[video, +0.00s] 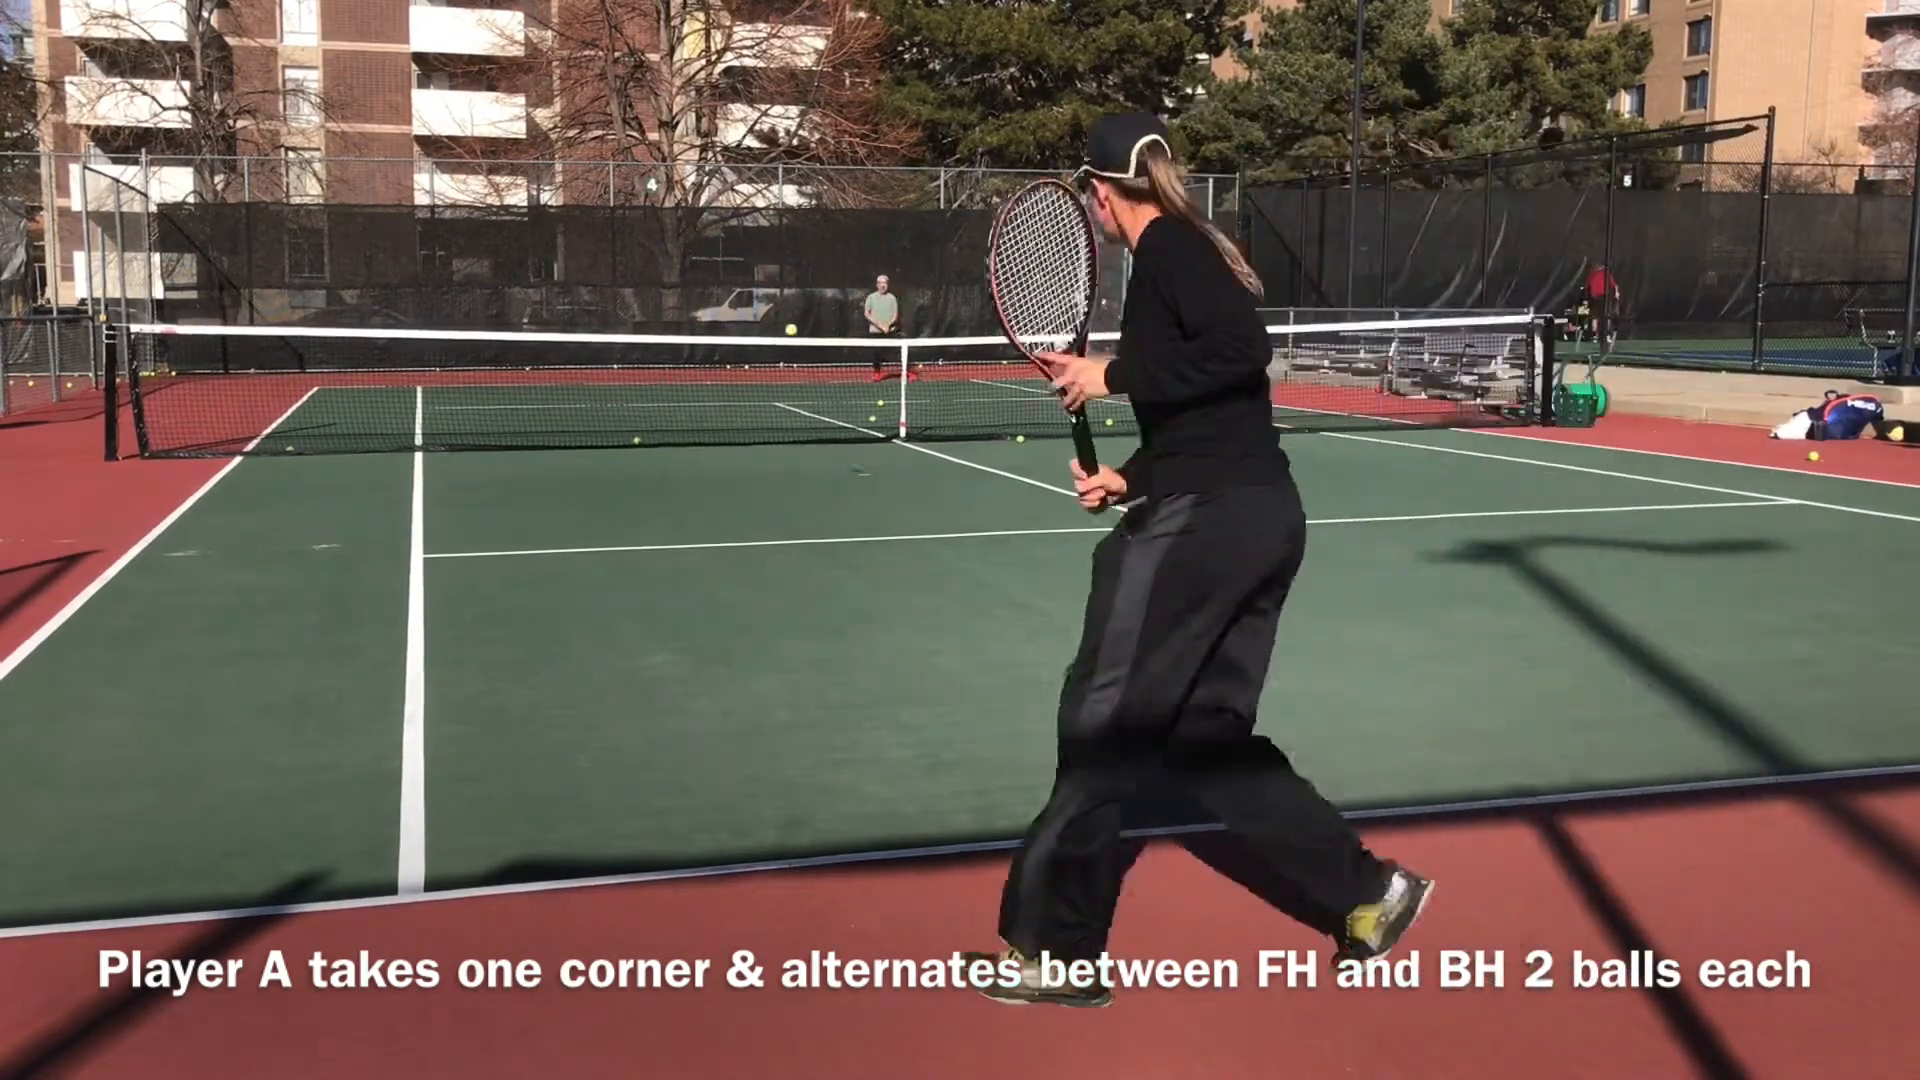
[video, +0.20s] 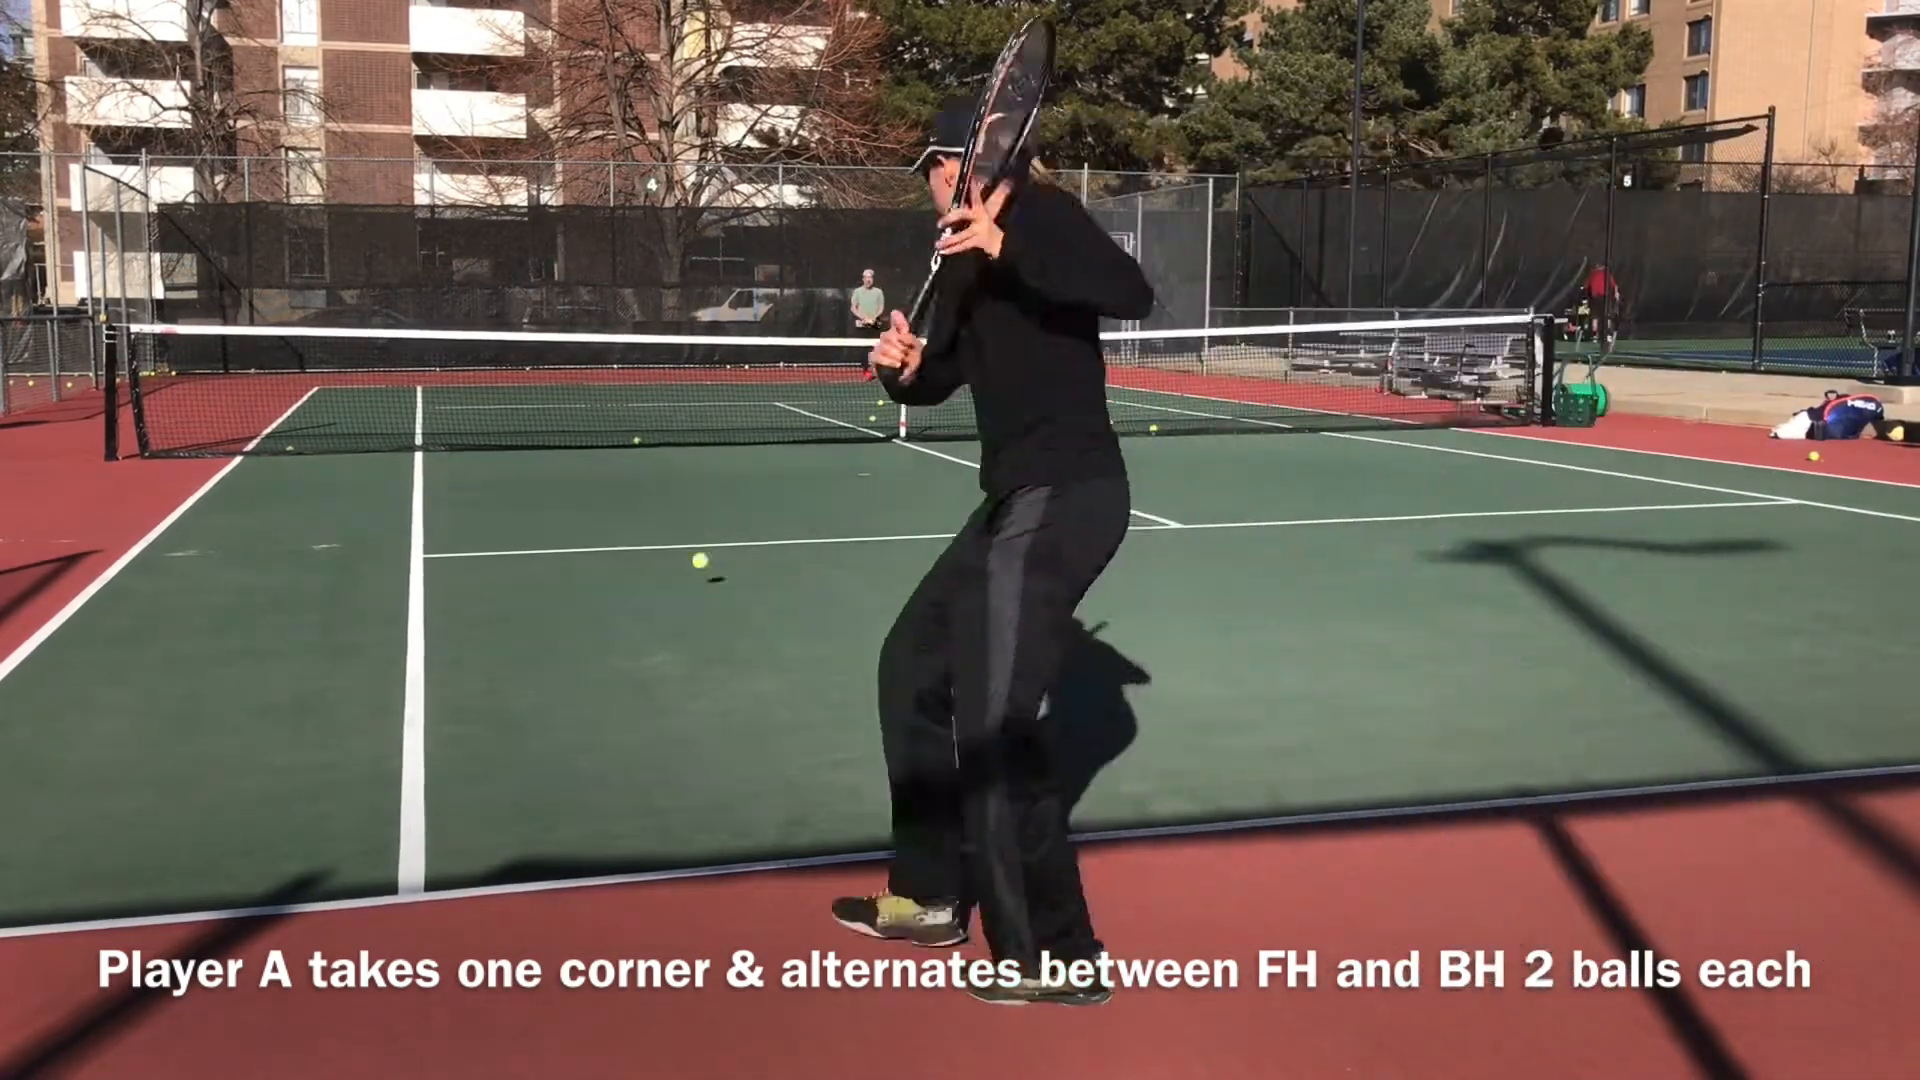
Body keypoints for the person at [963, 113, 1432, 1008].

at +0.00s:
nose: (1090, 208)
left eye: (1090, 192)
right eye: (1091, 192)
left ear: (1107, 191)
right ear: (1153, 181)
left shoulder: (1168, 248)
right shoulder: (1181, 253)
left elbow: (1240, 349)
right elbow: (1214, 405)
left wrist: (1114, 374)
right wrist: (1133, 476)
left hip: (1202, 511)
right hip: (1249, 511)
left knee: (1106, 718)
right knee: (1200, 735)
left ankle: (1057, 949)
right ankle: (1364, 890)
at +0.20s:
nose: (937, 195)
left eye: (947, 178)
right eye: (933, 182)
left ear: (986, 169)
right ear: (945, 185)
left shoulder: (1044, 216)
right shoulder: (964, 257)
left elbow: (1130, 291)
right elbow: (942, 376)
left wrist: (1011, 248)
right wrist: (907, 368)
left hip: (1064, 497)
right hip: (1012, 499)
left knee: (995, 719)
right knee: (910, 666)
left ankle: (1060, 952)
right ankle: (927, 897)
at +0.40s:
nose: (799, 193)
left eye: (812, 178)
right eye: (799, 178)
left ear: (849, 187)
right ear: (811, 191)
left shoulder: (884, 252)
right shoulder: (821, 267)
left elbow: (931, 297)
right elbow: (768, 275)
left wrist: (865, 180)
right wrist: (728, 229)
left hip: (884, 511)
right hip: (843, 512)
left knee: (890, 737)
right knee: (748, 694)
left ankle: (1036, 933)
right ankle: (670, 873)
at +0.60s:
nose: (682, 229)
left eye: (686, 210)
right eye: (681, 213)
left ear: (713, 199)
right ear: (739, 194)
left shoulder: (755, 235)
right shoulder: (762, 251)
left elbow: (728, 321)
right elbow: (655, 345)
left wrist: (604, 329)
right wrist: (542, 398)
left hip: (768, 494)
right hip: (762, 491)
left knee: (727, 715)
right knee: (669, 675)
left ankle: (876, 901)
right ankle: (649, 874)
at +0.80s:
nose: (601, 169)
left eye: (604, 152)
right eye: (600, 153)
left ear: (633, 148)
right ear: (675, 142)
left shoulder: (672, 198)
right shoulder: (738, 211)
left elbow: (708, 235)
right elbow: (814, 290)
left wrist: (735, 279)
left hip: (713, 463)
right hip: (767, 463)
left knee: (683, 688)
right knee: (674, 670)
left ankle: (783, 901)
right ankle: (660, 866)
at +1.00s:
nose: (627, 151)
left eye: (626, 137)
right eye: (633, 136)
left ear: (641, 142)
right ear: (705, 132)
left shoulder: (668, 200)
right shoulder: (771, 207)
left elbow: (673, 253)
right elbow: (883, 219)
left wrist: (684, 293)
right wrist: (997, 211)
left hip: (697, 482)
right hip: (772, 481)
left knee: (646, 702)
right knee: (686, 684)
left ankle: (688, 946)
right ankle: (644, 870)